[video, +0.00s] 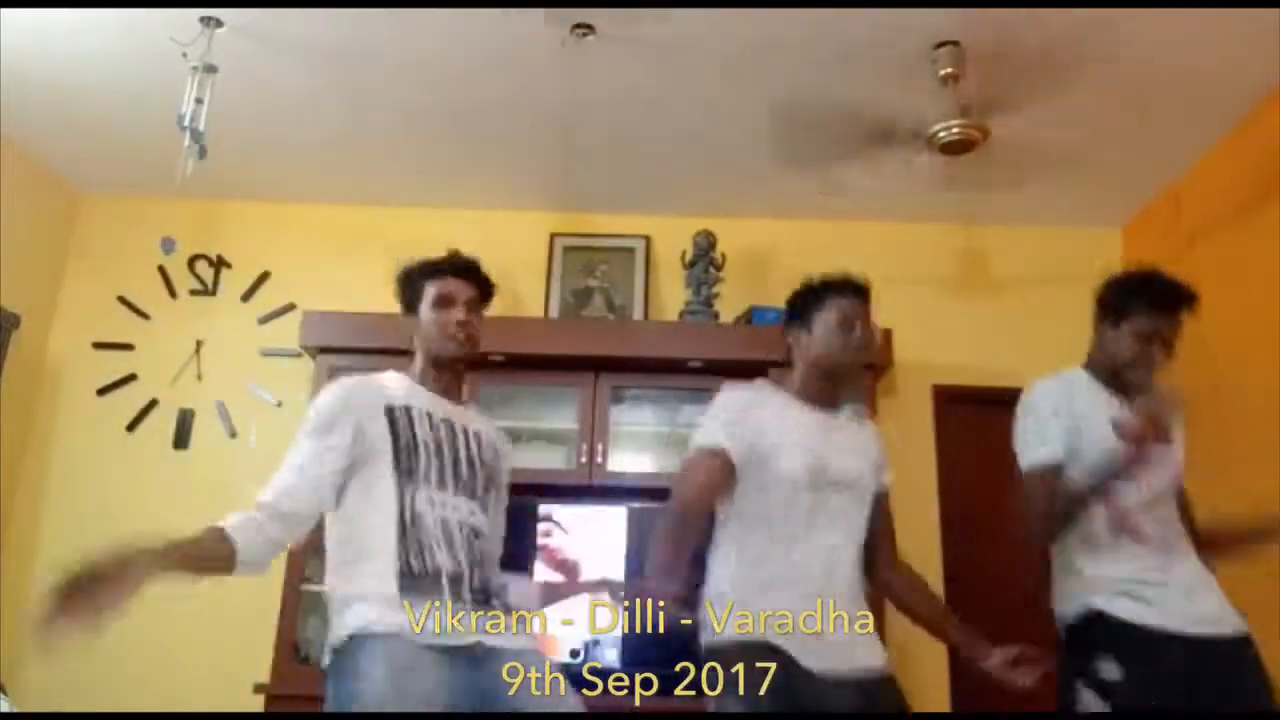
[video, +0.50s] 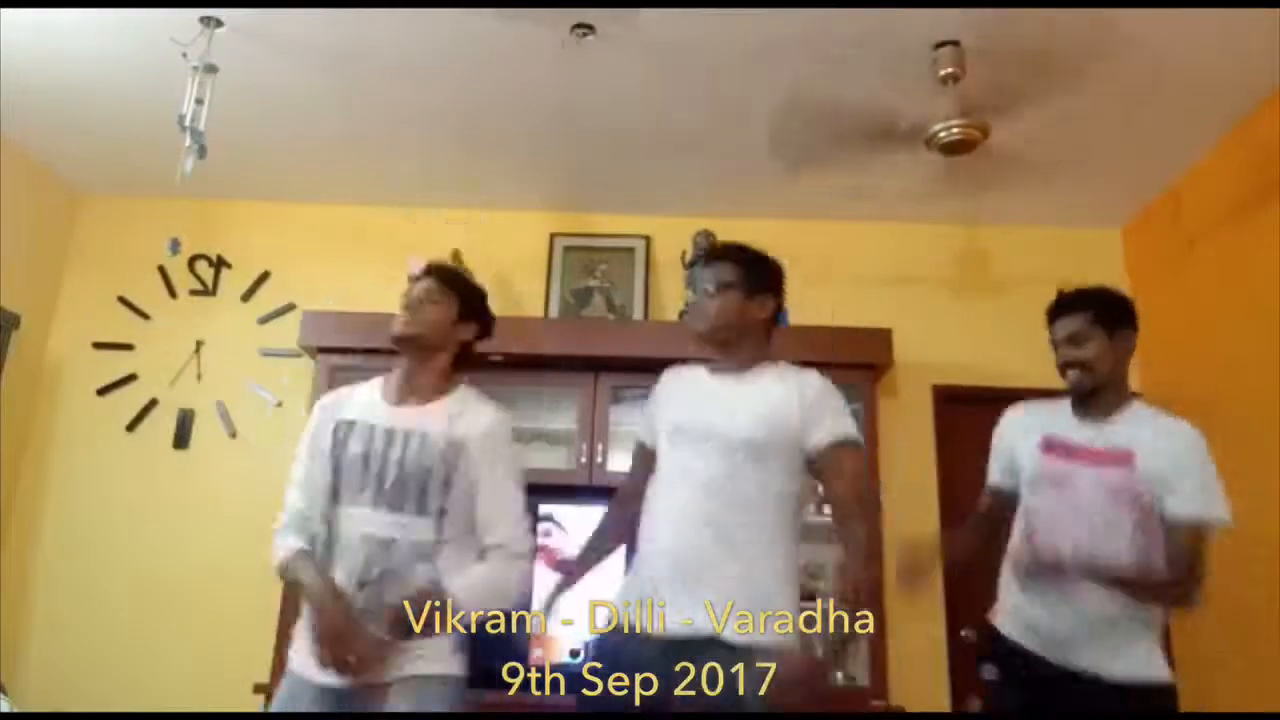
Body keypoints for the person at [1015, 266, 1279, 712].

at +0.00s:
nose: (1156, 358)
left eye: (1166, 345)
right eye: (1146, 340)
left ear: (1173, 348)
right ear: (1107, 327)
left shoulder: (1159, 407)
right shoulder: (1051, 397)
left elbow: (1186, 536)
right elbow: (1041, 522)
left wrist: (1270, 530)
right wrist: (1125, 453)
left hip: (1198, 607)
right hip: (1112, 612)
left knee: (1252, 698)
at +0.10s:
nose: (1132, 322)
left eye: (1144, 308)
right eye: (1115, 308)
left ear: (1156, 310)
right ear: (1081, 308)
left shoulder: (1179, 380)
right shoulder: (1043, 384)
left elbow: (1212, 502)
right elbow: (1001, 512)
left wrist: (1262, 469)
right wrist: (1058, 458)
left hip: (1179, 594)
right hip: (1084, 595)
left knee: (1224, 701)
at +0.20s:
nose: (1102, 343)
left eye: (1116, 326)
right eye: (1086, 329)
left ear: (1139, 323)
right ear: (1065, 332)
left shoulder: (1188, 406)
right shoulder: (1028, 416)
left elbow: (1217, 529)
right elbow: (988, 538)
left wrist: (1264, 551)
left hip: (1166, 644)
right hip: (1065, 643)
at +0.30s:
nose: (1081, 383)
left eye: (1095, 365)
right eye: (1066, 371)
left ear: (1129, 364)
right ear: (1056, 379)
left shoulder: (1188, 473)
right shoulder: (1025, 466)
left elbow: (1216, 613)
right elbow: (998, 592)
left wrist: (1263, 699)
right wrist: (1027, 691)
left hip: (1158, 693)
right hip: (1057, 692)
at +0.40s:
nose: (1067, 389)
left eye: (1082, 372)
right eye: (1059, 380)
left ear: (1128, 374)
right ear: (1054, 388)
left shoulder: (1189, 489)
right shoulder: (1022, 467)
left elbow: (1216, 630)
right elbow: (990, 592)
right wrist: (976, 694)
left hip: (1148, 699)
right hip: (1045, 694)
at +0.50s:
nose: (1065, 357)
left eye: (1078, 342)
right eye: (1057, 347)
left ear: (1124, 342)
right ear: (1052, 353)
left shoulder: (1174, 443)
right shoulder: (1022, 423)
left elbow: (1183, 586)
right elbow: (987, 527)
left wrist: (1077, 565)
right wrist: (936, 554)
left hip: (1125, 679)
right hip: (1023, 664)